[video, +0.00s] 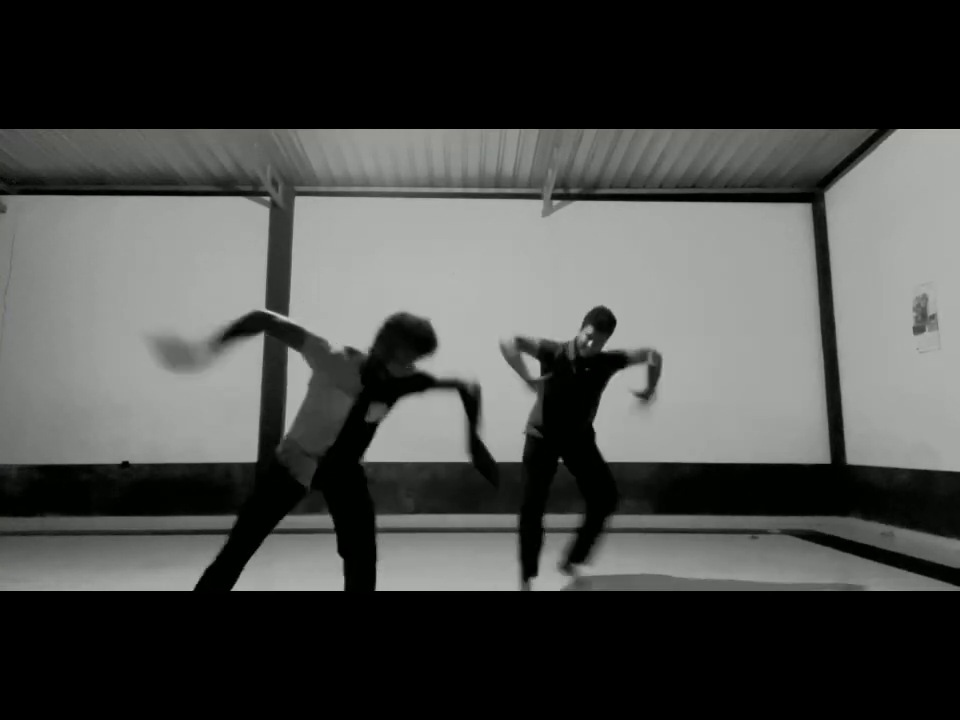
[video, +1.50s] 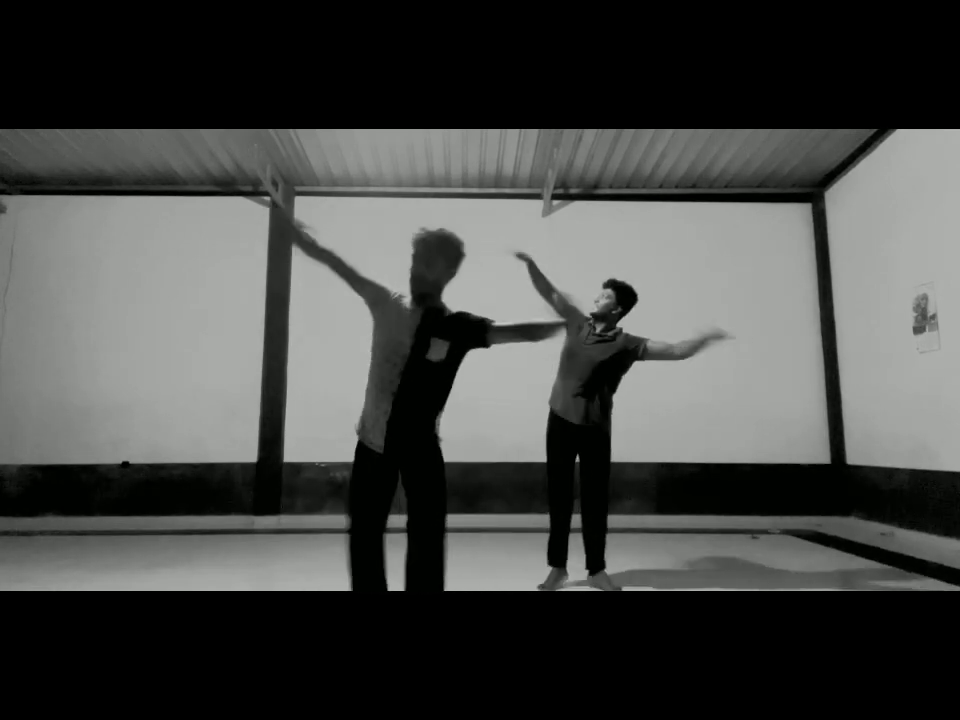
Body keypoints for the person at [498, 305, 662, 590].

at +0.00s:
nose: (591, 345)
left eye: (599, 341)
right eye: (589, 337)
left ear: (605, 341)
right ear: (581, 329)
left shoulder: (608, 362)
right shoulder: (553, 351)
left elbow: (653, 356)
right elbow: (508, 342)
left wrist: (650, 389)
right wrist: (527, 378)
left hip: (579, 441)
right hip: (543, 438)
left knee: (604, 497)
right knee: (533, 504)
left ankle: (572, 562)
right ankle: (528, 576)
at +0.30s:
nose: (587, 365)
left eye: (596, 364)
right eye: (587, 356)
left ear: (602, 369)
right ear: (580, 350)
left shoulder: (594, 404)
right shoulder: (553, 356)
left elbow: (621, 445)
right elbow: (522, 319)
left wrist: (644, 476)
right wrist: (496, 284)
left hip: (563, 466)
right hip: (530, 455)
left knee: (550, 520)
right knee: (510, 515)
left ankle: (532, 577)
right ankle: (563, 518)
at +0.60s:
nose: (574, 316)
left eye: (579, 313)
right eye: (581, 312)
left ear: (577, 323)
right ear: (602, 326)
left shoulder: (552, 348)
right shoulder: (603, 348)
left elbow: (529, 309)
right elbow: (639, 310)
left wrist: (546, 279)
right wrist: (618, 276)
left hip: (550, 439)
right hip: (585, 439)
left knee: (522, 497)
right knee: (577, 506)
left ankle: (532, 574)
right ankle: (595, 577)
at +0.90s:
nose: (602, 334)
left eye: (607, 329)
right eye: (597, 329)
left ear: (613, 332)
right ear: (587, 331)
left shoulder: (608, 366)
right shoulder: (582, 362)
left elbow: (625, 413)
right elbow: (614, 400)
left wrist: (663, 398)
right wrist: (654, 385)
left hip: (578, 439)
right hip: (556, 439)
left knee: (617, 502)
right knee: (595, 504)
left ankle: (607, 576)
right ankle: (574, 576)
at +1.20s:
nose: (607, 310)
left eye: (614, 307)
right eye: (607, 304)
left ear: (627, 316)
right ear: (604, 306)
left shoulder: (629, 352)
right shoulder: (578, 331)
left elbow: (673, 372)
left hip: (596, 425)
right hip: (558, 422)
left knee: (614, 495)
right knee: (559, 495)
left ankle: (609, 572)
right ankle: (569, 569)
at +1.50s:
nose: (597, 299)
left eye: (605, 297)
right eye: (600, 295)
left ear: (618, 309)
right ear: (599, 302)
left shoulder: (629, 345)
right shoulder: (576, 324)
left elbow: (676, 351)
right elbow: (550, 293)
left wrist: (705, 339)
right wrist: (530, 264)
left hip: (595, 432)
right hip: (560, 426)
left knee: (595, 503)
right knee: (559, 501)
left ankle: (596, 571)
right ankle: (557, 569)